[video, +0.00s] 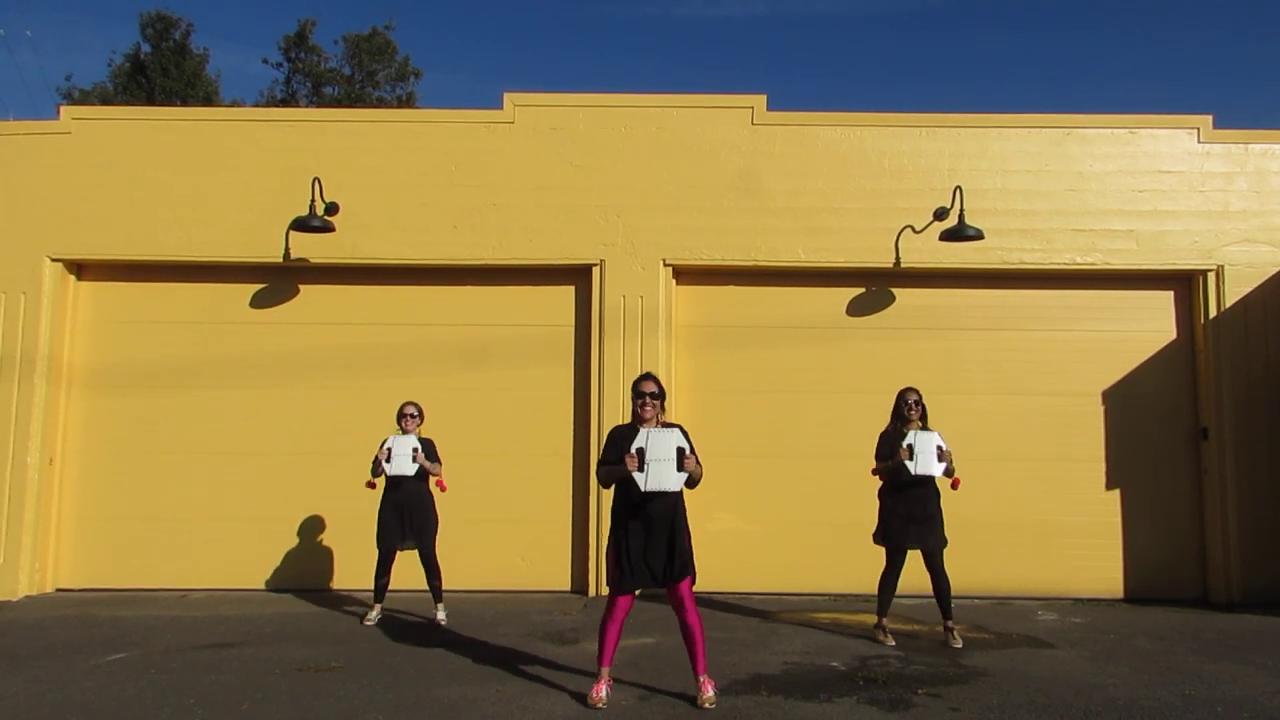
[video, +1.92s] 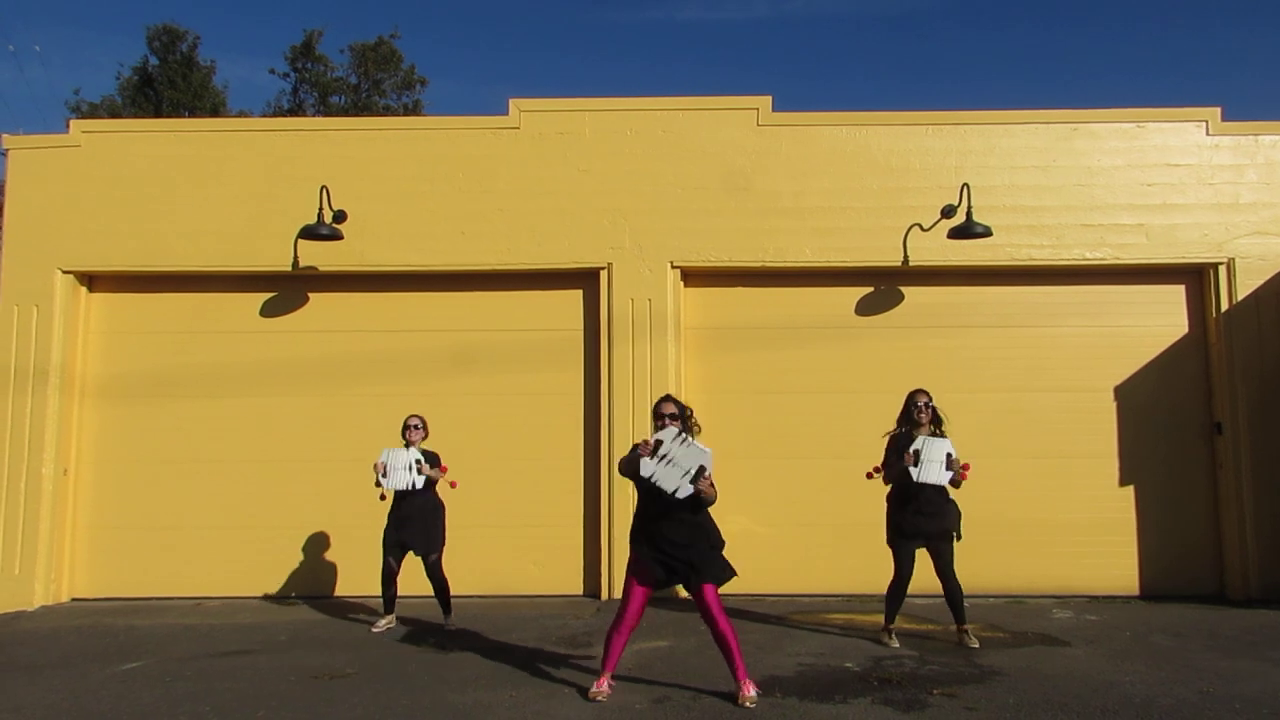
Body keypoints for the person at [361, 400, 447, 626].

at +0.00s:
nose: (408, 420)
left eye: (413, 416)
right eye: (404, 416)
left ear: (420, 419)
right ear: (399, 420)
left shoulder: (426, 444)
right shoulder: (390, 443)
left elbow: (437, 470)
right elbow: (375, 473)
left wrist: (423, 461)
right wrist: (380, 460)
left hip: (421, 507)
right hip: (392, 507)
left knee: (427, 555)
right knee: (385, 556)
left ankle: (439, 606)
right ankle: (376, 606)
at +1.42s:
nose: (413, 417)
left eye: (418, 413)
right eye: (408, 414)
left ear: (426, 418)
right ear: (402, 419)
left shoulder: (432, 441)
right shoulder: (396, 446)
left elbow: (439, 449)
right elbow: (385, 473)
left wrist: (430, 435)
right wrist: (372, 485)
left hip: (428, 505)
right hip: (399, 505)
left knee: (431, 557)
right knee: (386, 554)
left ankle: (439, 610)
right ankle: (376, 600)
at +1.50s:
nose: (416, 417)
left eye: (420, 413)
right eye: (411, 414)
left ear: (428, 416)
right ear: (407, 419)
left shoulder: (437, 437)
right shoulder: (401, 446)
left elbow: (447, 429)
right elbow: (389, 480)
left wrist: (451, 411)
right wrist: (370, 499)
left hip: (431, 503)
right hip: (402, 503)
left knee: (433, 558)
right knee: (384, 554)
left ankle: (439, 612)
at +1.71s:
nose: (418, 418)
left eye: (422, 414)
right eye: (414, 415)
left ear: (429, 418)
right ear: (407, 420)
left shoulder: (436, 440)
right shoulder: (402, 448)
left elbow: (450, 432)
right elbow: (391, 477)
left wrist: (449, 414)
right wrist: (373, 494)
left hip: (434, 505)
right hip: (406, 505)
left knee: (437, 558)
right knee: (381, 550)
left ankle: (445, 612)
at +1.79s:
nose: (413, 418)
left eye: (418, 415)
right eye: (409, 415)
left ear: (427, 418)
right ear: (404, 420)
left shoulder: (435, 439)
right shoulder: (400, 447)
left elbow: (443, 445)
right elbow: (389, 469)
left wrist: (429, 439)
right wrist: (378, 480)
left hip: (432, 504)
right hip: (404, 504)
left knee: (436, 556)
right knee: (385, 552)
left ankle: (447, 609)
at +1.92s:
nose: (412, 431)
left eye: (417, 427)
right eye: (408, 428)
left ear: (424, 432)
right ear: (403, 432)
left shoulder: (430, 457)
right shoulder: (396, 457)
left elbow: (439, 476)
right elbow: (385, 484)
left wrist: (427, 472)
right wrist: (380, 474)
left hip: (428, 516)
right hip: (400, 515)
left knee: (433, 569)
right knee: (389, 567)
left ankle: (448, 616)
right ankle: (389, 615)